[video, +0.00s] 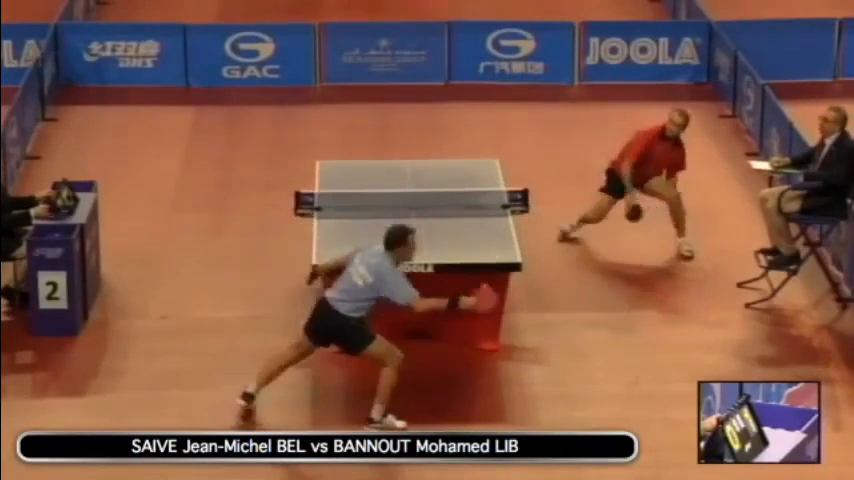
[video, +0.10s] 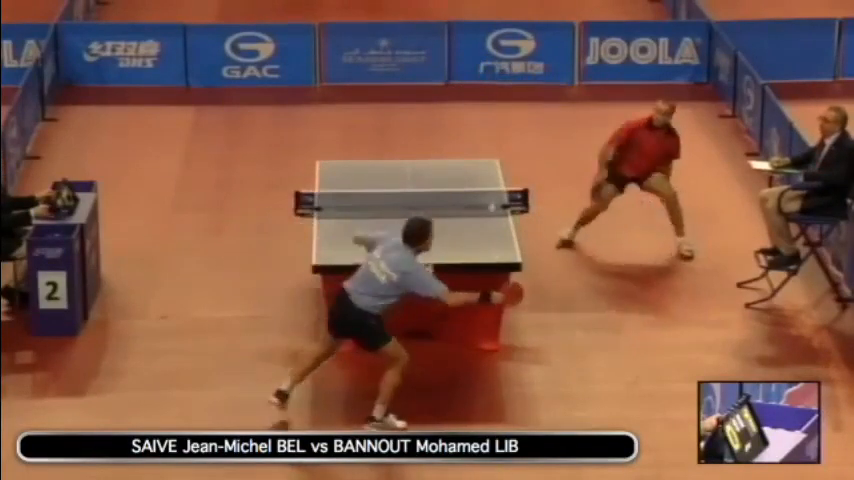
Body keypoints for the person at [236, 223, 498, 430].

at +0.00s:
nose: (413, 249)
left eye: (412, 244)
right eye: (411, 245)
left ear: (391, 243)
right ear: (401, 248)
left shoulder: (372, 252)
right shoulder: (387, 271)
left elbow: (346, 260)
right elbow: (417, 304)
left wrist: (324, 269)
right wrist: (457, 302)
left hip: (323, 312)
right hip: (345, 325)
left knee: (296, 352)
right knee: (394, 359)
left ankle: (251, 390)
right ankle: (378, 416)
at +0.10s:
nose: (430, 240)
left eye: (428, 236)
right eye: (429, 237)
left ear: (406, 234)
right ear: (423, 241)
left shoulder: (390, 241)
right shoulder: (412, 268)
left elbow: (360, 240)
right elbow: (449, 299)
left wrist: (379, 254)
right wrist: (484, 297)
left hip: (343, 304)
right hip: (363, 317)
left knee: (328, 348)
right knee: (400, 359)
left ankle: (286, 389)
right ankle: (379, 417)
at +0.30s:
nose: (455, 228)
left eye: (453, 223)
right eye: (454, 224)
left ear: (429, 221)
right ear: (449, 231)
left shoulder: (414, 229)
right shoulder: (438, 261)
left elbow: (384, 235)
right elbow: (455, 310)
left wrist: (372, 243)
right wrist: (478, 323)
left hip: (372, 299)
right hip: (397, 312)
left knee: (372, 345)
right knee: (430, 362)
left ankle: (354, 400)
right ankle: (421, 422)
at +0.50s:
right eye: (476, 251)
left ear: (452, 249)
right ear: (476, 257)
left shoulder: (432, 264)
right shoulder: (468, 290)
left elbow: (397, 290)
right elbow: (455, 333)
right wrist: (448, 374)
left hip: (400, 336)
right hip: (429, 346)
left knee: (382, 376)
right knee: (467, 382)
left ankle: (364, 419)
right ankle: (462, 447)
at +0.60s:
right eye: (476, 253)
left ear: (452, 251)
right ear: (477, 258)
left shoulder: (432, 269)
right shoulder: (474, 291)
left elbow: (401, 299)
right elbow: (456, 330)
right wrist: (441, 371)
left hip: (408, 343)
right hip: (438, 351)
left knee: (382, 384)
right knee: (471, 387)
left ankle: (358, 433)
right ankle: (462, 449)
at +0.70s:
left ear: (441, 247)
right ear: (466, 252)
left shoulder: (422, 268)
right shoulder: (470, 284)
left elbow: (384, 285)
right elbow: (460, 323)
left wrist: (411, 290)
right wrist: (460, 362)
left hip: (412, 348)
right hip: (443, 354)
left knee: (389, 395)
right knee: (460, 399)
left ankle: (384, 456)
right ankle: (462, 454)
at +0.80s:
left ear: (432, 247)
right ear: (458, 250)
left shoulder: (414, 267)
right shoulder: (465, 282)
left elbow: (378, 279)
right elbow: (472, 331)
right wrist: (478, 359)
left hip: (411, 351)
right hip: (446, 354)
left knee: (394, 403)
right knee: (461, 403)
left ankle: (387, 467)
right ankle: (466, 464)